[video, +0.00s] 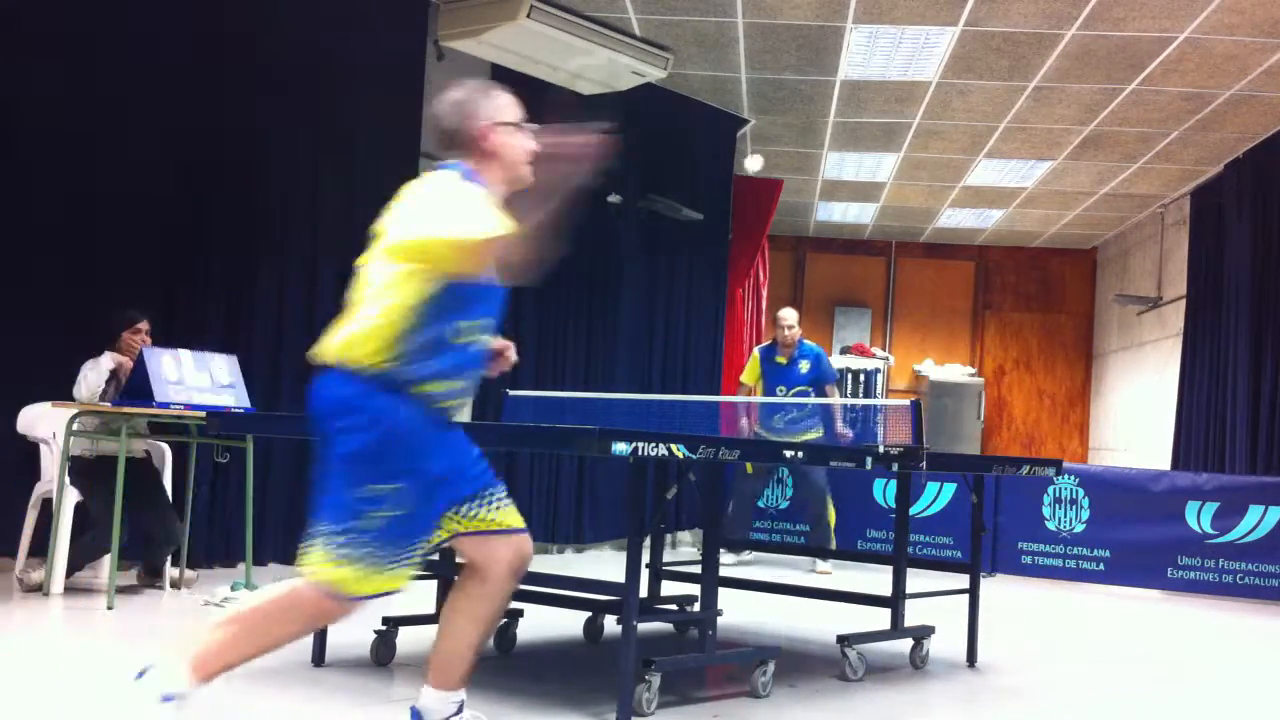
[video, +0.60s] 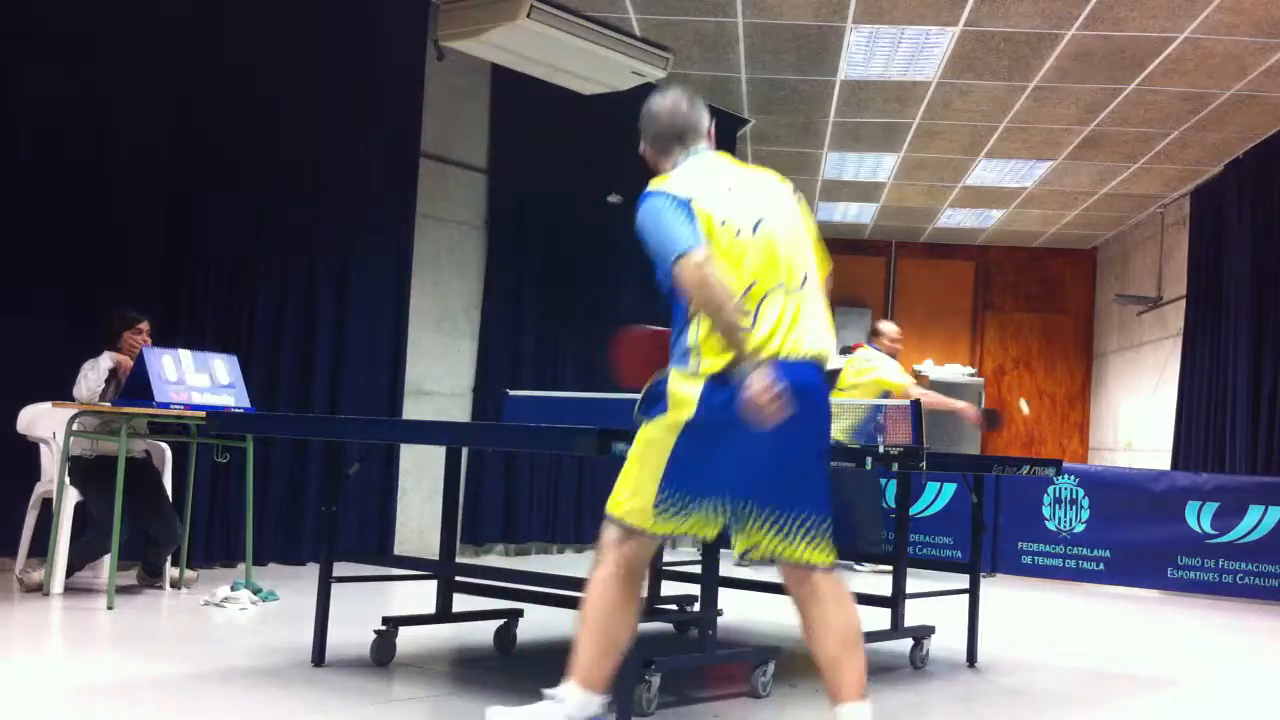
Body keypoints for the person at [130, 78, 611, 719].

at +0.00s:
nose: (532, 142)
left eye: (528, 128)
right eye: (519, 128)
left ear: (478, 141)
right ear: (483, 138)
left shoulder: (466, 207)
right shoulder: (443, 197)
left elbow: (399, 316)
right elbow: (517, 258)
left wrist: (472, 350)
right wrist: (568, 179)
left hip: (415, 407)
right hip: (370, 396)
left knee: (502, 552)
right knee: (336, 592)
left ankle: (437, 707)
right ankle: (166, 683)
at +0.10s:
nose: (577, 150)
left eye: (573, 137)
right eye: (568, 137)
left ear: (510, 144)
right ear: (543, 138)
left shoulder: (454, 200)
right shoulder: (570, 192)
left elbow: (404, 297)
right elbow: (676, 250)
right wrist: (748, 233)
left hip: (398, 363)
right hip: (457, 365)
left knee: (508, 532)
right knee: (444, 568)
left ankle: (446, 699)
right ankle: (282, 634)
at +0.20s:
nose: (615, 156)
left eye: (612, 147)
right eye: (611, 146)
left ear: (543, 148)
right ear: (593, 144)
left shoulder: (484, 194)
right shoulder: (629, 198)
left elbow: (420, 277)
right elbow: (643, 295)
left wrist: (474, 313)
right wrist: (584, 307)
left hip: (464, 341)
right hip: (546, 346)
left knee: (499, 533)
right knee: (551, 550)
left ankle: (466, 683)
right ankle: (436, 663)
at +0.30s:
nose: (650, 165)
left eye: (645, 157)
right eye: (647, 157)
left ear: (580, 154)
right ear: (637, 156)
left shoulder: (531, 190)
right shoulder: (673, 211)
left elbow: (469, 248)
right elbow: (663, 294)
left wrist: (501, 327)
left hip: (540, 357)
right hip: (640, 364)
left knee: (522, 543)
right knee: (663, 562)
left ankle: (494, 706)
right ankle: (660, 710)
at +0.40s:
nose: (684, 172)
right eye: (680, 165)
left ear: (612, 165)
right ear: (671, 165)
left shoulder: (585, 199)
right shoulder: (715, 220)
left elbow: (536, 248)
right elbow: (708, 312)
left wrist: (542, 363)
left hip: (622, 383)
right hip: (716, 388)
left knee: (559, 555)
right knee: (755, 572)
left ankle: (521, 707)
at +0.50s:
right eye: (704, 164)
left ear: (637, 180)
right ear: (702, 170)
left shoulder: (636, 229)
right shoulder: (753, 228)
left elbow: (633, 319)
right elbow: (749, 336)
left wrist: (649, 400)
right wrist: (621, 353)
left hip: (693, 415)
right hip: (783, 414)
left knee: (594, 568)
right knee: (801, 586)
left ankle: (535, 711)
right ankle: (848, 714)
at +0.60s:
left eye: (646, 147)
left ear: (647, 150)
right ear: (713, 133)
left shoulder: (661, 200)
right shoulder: (778, 187)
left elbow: (697, 271)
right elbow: (818, 280)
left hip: (713, 391)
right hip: (803, 385)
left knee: (624, 544)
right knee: (810, 565)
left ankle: (580, 699)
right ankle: (854, 708)